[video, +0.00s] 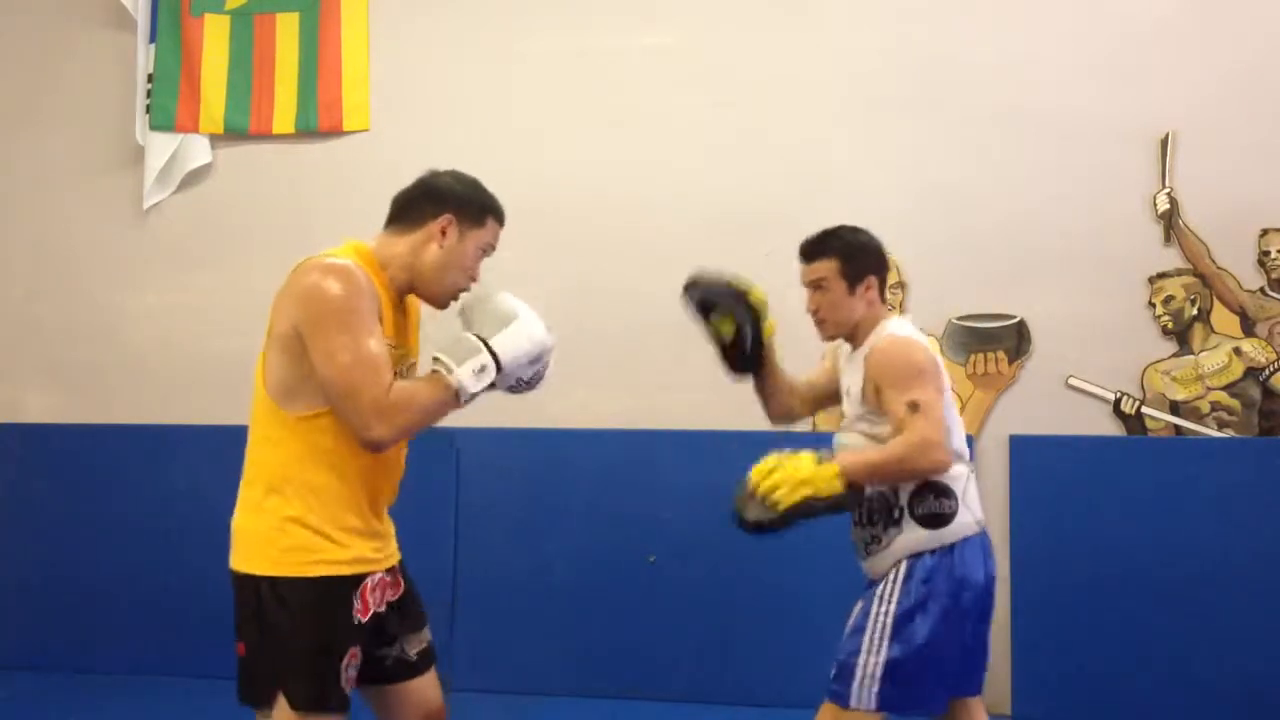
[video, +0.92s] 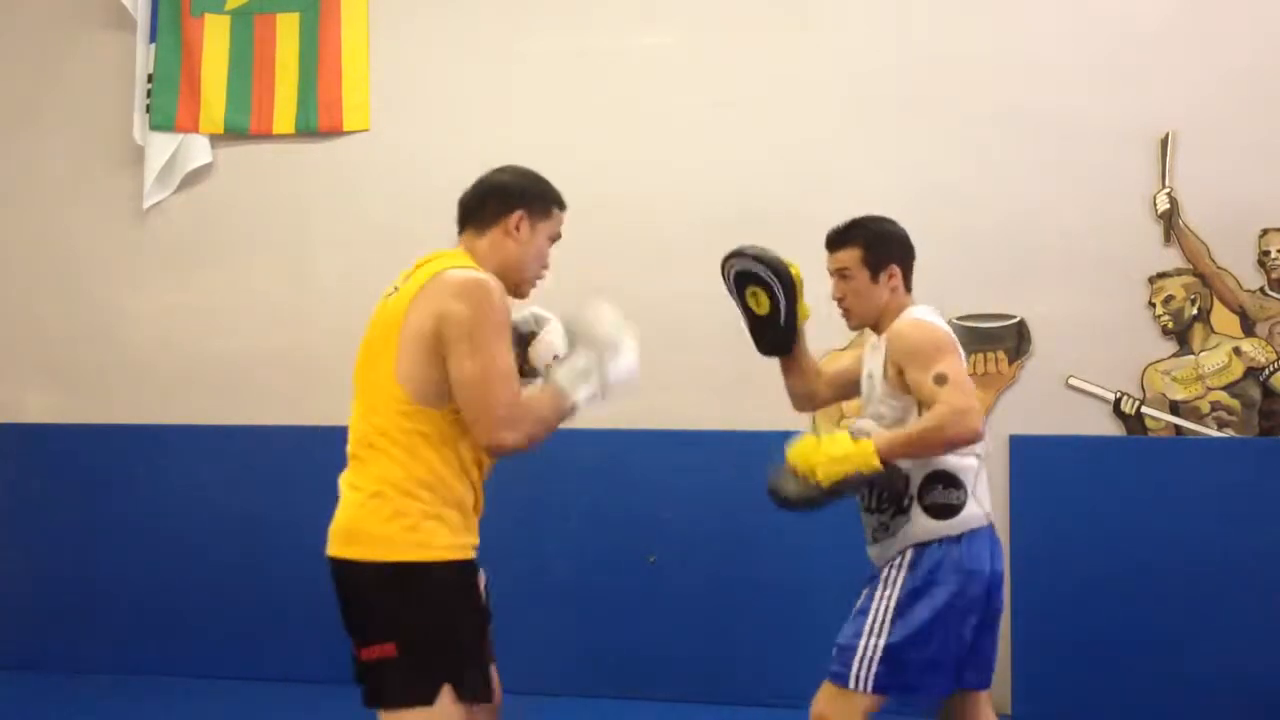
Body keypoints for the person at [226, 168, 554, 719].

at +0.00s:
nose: (477, 275)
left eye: (486, 259)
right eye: (481, 254)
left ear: (441, 234)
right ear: (443, 231)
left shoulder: (399, 301)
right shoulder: (331, 286)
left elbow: (395, 404)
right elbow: (377, 421)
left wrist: (478, 367)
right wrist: (474, 366)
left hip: (368, 550)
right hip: (298, 560)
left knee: (420, 709)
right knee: (303, 711)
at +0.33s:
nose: (484, 278)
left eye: (487, 262)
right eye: (483, 259)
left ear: (442, 248)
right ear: (446, 248)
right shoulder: (383, 306)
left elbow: (437, 410)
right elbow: (433, 411)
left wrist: (482, 348)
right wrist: (498, 352)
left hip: (366, 576)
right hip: (332, 587)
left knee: (451, 691)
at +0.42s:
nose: (491, 261)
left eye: (494, 245)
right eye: (490, 243)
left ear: (435, 233)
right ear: (455, 232)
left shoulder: (343, 297)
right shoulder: (446, 295)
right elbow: (570, 327)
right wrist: (614, 320)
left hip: (307, 558)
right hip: (360, 567)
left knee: (442, 692)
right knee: (350, 711)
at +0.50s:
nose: (507, 256)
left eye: (508, 237)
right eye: (504, 236)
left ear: (435, 233)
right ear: (471, 229)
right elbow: (626, 307)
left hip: (319, 552)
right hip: (377, 564)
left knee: (446, 698)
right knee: (358, 714)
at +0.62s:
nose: (532, 262)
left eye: (533, 245)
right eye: (529, 243)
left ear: (457, 240)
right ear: (497, 239)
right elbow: (625, 385)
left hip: (339, 546)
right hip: (400, 555)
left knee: (458, 690)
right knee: (402, 710)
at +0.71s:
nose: (542, 265)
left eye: (545, 247)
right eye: (541, 245)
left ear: (492, 236)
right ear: (508, 235)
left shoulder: (401, 296)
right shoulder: (498, 300)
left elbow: (449, 412)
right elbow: (562, 421)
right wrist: (604, 415)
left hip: (352, 537)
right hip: (411, 544)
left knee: (453, 700)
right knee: (427, 708)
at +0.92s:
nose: (550, 261)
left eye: (555, 244)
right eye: (550, 240)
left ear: (509, 227)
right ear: (516, 227)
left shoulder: (428, 279)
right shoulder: (472, 291)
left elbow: (432, 400)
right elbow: (500, 427)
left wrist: (513, 363)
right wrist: (579, 379)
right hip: (411, 553)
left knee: (478, 698)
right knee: (430, 708)